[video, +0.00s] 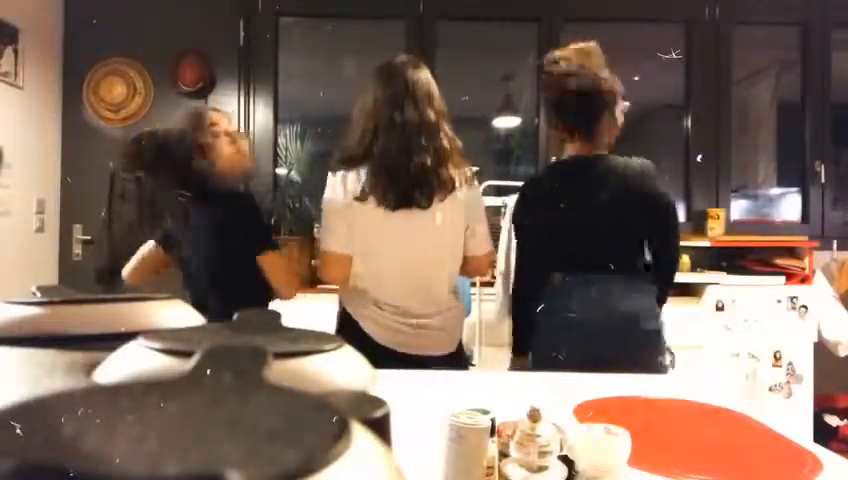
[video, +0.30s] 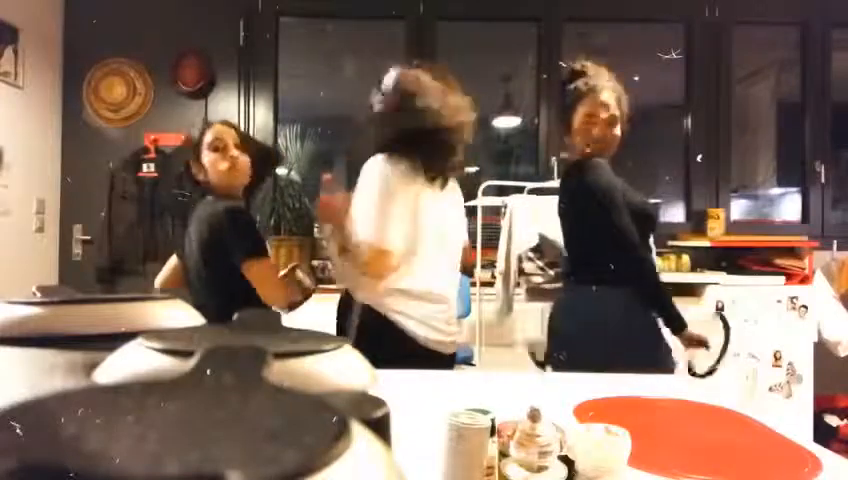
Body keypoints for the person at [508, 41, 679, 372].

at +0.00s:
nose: (623, 113)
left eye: (621, 105)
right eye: (620, 106)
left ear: (557, 122)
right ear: (608, 118)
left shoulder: (535, 190)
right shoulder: (639, 177)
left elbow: (528, 277)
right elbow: (667, 254)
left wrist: (521, 348)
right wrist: (647, 308)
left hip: (556, 339)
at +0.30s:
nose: (600, 132)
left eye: (610, 123)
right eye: (589, 121)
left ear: (622, 127)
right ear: (570, 126)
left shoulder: (574, 177)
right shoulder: (598, 177)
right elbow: (634, 260)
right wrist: (680, 328)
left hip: (578, 304)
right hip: (615, 310)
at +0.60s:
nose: (596, 139)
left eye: (608, 131)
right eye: (586, 128)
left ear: (621, 138)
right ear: (569, 132)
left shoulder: (579, 178)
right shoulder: (593, 178)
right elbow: (601, 268)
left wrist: (671, 327)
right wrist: (632, 343)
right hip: (598, 331)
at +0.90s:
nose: (589, 145)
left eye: (600, 135)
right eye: (579, 133)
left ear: (612, 139)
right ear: (561, 135)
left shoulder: (591, 184)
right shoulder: (584, 184)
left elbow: (610, 274)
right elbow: (577, 275)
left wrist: (647, 329)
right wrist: (583, 359)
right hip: (600, 330)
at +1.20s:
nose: (595, 143)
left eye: (605, 132)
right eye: (584, 131)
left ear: (615, 134)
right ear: (561, 133)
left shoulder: (564, 183)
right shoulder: (592, 187)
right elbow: (601, 273)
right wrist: (632, 344)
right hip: (596, 324)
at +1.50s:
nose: (605, 135)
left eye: (613, 125)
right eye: (593, 124)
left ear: (621, 127)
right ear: (566, 127)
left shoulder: (565, 183)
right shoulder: (594, 190)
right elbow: (604, 285)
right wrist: (648, 352)